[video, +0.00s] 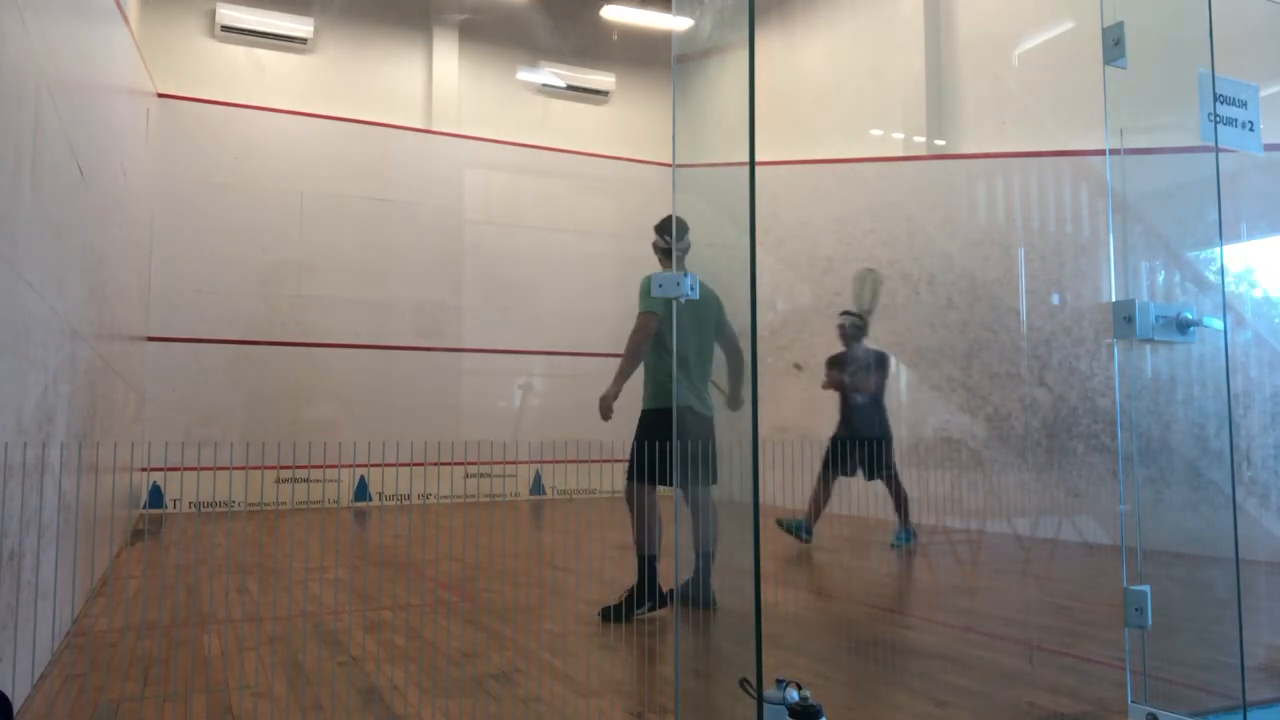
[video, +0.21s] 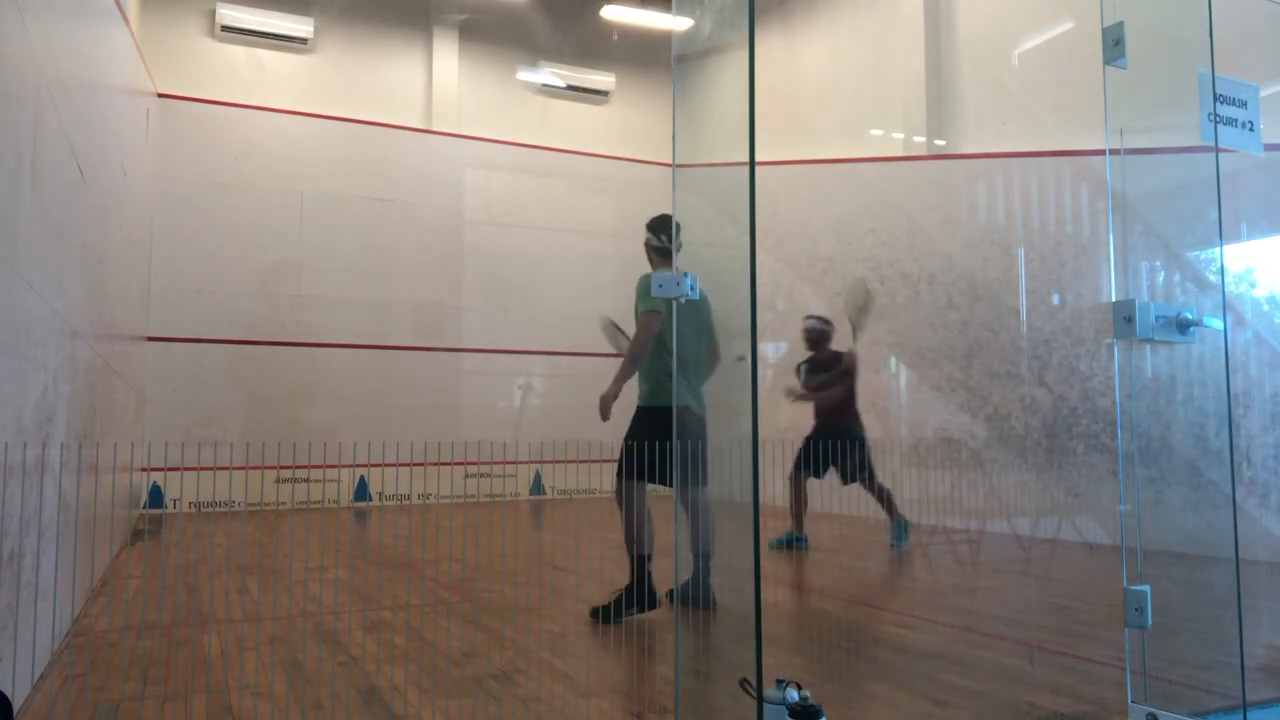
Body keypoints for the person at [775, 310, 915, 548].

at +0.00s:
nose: (841, 332)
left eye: (845, 328)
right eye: (840, 328)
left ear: (859, 330)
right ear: (841, 332)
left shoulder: (878, 358)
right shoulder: (836, 360)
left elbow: (872, 386)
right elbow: (833, 383)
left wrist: (841, 381)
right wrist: (859, 383)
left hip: (875, 431)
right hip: (847, 431)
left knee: (890, 479)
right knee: (826, 476)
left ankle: (906, 528)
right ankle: (807, 525)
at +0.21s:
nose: (806, 337)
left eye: (811, 333)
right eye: (805, 333)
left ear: (825, 335)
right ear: (805, 335)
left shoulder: (845, 359)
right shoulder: (804, 367)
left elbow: (841, 392)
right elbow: (813, 388)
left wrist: (804, 395)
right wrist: (842, 369)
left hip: (848, 430)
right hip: (822, 431)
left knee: (868, 481)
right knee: (797, 478)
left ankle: (899, 521)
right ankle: (797, 533)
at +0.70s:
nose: (740, 324)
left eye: (745, 321)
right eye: (742, 320)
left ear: (755, 327)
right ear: (762, 328)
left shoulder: (762, 351)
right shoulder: (772, 350)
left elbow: (791, 379)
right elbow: (792, 380)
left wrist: (816, 401)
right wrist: (816, 401)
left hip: (777, 427)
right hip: (781, 426)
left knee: (757, 476)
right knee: (784, 479)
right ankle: (797, 532)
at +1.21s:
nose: (691, 313)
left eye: (697, 310)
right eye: (692, 309)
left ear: (711, 315)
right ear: (717, 316)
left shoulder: (698, 344)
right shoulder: (734, 344)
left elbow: (690, 385)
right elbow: (739, 389)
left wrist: (670, 413)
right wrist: (728, 412)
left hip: (706, 425)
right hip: (734, 424)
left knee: (695, 478)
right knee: (737, 481)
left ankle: (705, 539)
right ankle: (745, 536)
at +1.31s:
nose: (687, 313)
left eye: (692, 309)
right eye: (688, 308)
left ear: (704, 313)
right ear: (714, 314)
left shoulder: (694, 343)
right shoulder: (728, 343)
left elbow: (692, 387)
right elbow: (730, 384)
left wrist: (683, 423)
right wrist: (720, 411)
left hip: (698, 425)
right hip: (726, 424)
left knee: (691, 481)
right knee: (722, 481)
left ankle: (706, 536)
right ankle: (715, 535)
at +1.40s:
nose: (682, 316)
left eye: (686, 312)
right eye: (684, 311)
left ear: (693, 316)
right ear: (709, 317)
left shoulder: (689, 342)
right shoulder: (724, 345)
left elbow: (694, 382)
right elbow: (729, 391)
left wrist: (690, 417)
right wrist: (715, 412)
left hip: (695, 421)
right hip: (722, 424)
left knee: (675, 478)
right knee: (714, 484)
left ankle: (698, 536)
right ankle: (705, 543)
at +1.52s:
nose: (678, 319)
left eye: (681, 314)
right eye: (680, 313)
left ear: (687, 317)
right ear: (707, 318)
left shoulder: (685, 341)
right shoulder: (722, 346)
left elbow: (689, 369)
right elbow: (731, 387)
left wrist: (693, 401)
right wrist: (724, 414)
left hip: (689, 423)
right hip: (718, 426)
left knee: (657, 473)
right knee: (712, 485)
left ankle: (675, 529)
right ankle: (705, 546)